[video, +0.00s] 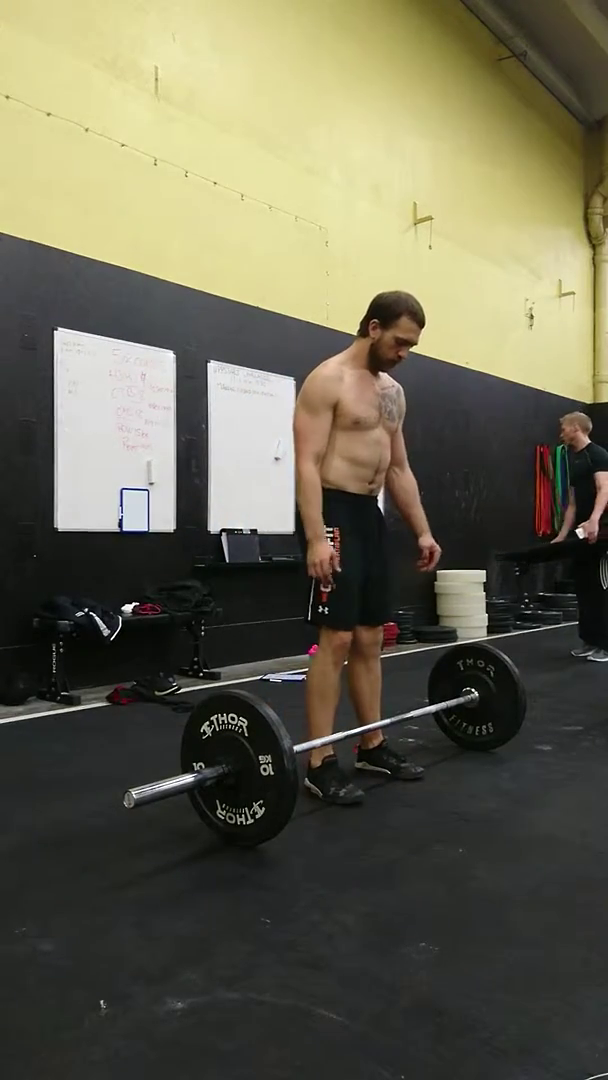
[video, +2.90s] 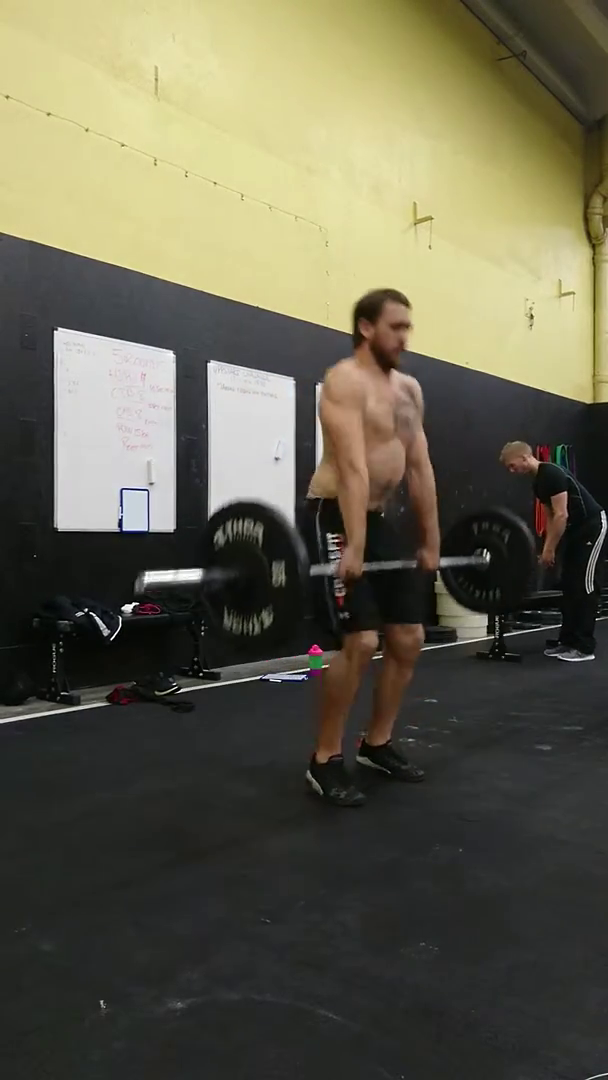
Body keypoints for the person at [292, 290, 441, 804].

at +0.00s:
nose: (404, 353)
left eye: (410, 346)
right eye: (399, 342)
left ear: (408, 341)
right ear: (371, 328)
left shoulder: (392, 390)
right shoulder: (327, 379)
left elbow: (398, 467)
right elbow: (307, 461)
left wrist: (422, 530)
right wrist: (316, 537)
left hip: (371, 516)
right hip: (332, 513)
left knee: (369, 637)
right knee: (336, 638)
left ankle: (372, 748)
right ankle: (319, 763)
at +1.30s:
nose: (441, 386)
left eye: (448, 378)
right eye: (438, 375)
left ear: (440, 369)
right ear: (411, 357)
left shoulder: (418, 419)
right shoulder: (356, 401)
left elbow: (411, 495)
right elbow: (326, 487)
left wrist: (417, 570)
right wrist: (332, 571)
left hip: (355, 516)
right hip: (312, 512)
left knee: (372, 636)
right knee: (328, 638)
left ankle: (371, 746)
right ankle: (319, 761)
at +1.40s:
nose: (453, 425)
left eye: (459, 418)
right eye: (451, 414)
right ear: (425, 395)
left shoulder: (425, 450)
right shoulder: (365, 433)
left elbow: (413, 525)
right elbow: (338, 523)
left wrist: (413, 601)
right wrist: (337, 607)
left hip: (351, 526)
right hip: (305, 520)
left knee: (373, 635)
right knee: (328, 638)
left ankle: (371, 744)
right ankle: (320, 761)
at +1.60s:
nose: (459, 501)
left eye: (467, 495)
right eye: (459, 491)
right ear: (437, 468)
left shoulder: (433, 513)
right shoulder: (375, 498)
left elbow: (419, 586)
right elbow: (346, 593)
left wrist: (413, 659)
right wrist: (336, 678)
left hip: (352, 545)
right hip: (298, 536)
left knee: (382, 636)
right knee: (328, 643)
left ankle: (373, 746)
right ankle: (320, 761)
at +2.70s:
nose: (463, 435)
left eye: (469, 426)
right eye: (457, 422)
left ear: (471, 424)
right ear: (427, 410)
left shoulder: (442, 476)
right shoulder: (378, 462)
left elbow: (427, 554)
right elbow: (352, 559)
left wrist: (418, 628)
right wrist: (337, 639)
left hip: (356, 538)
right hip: (308, 529)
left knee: (385, 636)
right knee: (330, 646)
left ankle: (373, 747)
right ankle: (319, 763)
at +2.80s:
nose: (444, 374)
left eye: (448, 365)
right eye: (436, 363)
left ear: (444, 368)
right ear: (404, 360)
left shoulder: (433, 431)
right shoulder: (367, 421)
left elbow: (427, 512)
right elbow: (355, 517)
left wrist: (423, 587)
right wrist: (345, 595)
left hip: (363, 528)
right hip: (315, 523)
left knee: (389, 636)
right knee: (338, 638)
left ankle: (373, 746)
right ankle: (321, 762)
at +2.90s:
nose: (405, 336)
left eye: (408, 328)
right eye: (397, 326)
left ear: (404, 331)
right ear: (366, 328)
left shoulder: (408, 386)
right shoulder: (343, 381)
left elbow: (419, 466)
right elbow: (350, 468)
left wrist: (431, 539)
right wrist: (354, 546)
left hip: (382, 520)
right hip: (337, 519)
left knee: (407, 639)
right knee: (358, 643)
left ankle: (377, 744)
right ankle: (326, 760)